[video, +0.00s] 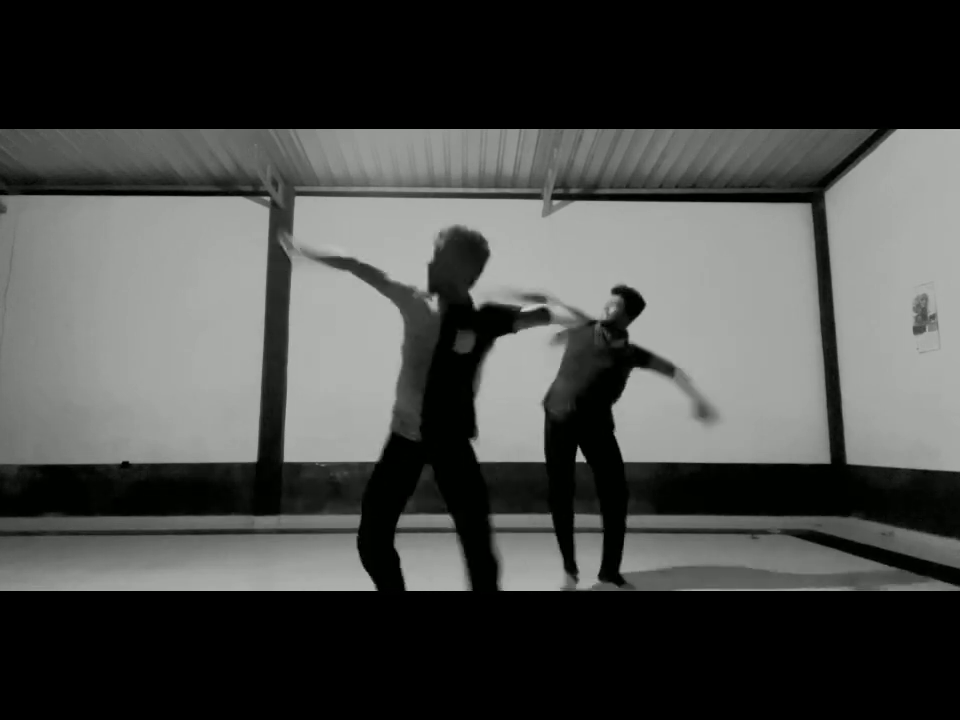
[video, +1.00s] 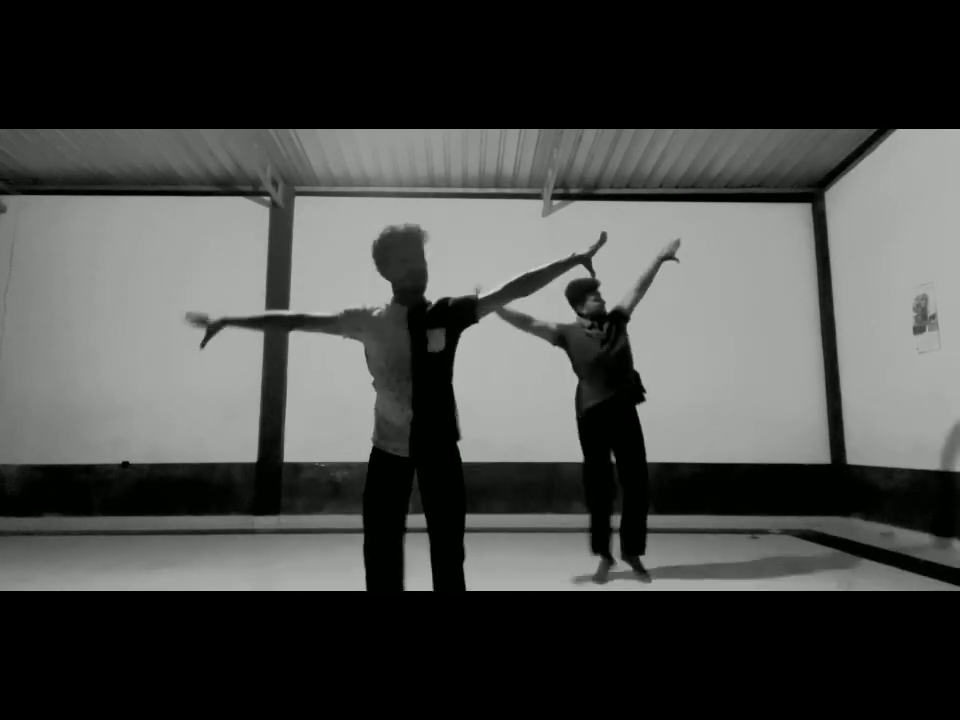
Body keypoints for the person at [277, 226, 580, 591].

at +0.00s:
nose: (430, 262)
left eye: (439, 255)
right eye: (434, 254)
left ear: (464, 268)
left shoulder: (490, 320)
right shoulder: (415, 303)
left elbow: (549, 314)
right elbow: (354, 267)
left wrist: (585, 318)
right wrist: (299, 250)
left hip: (453, 447)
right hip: (405, 443)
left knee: (478, 546)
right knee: (373, 542)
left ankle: (487, 593)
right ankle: (395, 593)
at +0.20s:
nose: (417, 261)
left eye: (426, 255)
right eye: (422, 253)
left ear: (449, 268)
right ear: (444, 267)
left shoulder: (470, 328)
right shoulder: (395, 303)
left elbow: (539, 337)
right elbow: (339, 258)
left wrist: (604, 341)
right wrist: (282, 219)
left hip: (421, 454)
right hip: (376, 449)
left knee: (420, 553)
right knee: (370, 553)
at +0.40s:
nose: (412, 282)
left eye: (421, 272)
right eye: (405, 272)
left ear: (434, 277)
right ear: (395, 274)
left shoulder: (450, 331)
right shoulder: (376, 322)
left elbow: (511, 348)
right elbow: (347, 309)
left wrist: (478, 335)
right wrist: (348, 302)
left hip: (426, 450)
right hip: (376, 448)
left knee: (451, 530)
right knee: (334, 533)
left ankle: (443, 594)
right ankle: (347, 593)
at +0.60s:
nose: (409, 328)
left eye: (405, 321)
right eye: (398, 324)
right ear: (375, 339)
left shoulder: (438, 381)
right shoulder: (358, 392)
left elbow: (481, 431)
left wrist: (437, 416)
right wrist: (384, 423)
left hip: (433, 497)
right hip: (376, 497)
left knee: (486, 572)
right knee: (304, 568)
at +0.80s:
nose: (415, 291)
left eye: (411, 283)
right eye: (403, 287)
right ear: (381, 300)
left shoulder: (440, 338)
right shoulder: (365, 355)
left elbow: (475, 326)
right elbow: (317, 367)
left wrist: (501, 318)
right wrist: (307, 373)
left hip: (440, 467)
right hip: (387, 469)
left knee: (477, 557)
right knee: (338, 558)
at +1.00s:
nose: (418, 268)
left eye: (419, 259)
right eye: (409, 261)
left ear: (424, 263)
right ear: (388, 269)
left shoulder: (452, 315)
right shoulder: (368, 323)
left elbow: (516, 289)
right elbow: (296, 322)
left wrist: (572, 262)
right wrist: (227, 321)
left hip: (442, 458)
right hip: (389, 458)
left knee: (449, 558)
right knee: (382, 560)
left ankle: (450, 611)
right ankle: (387, 609)